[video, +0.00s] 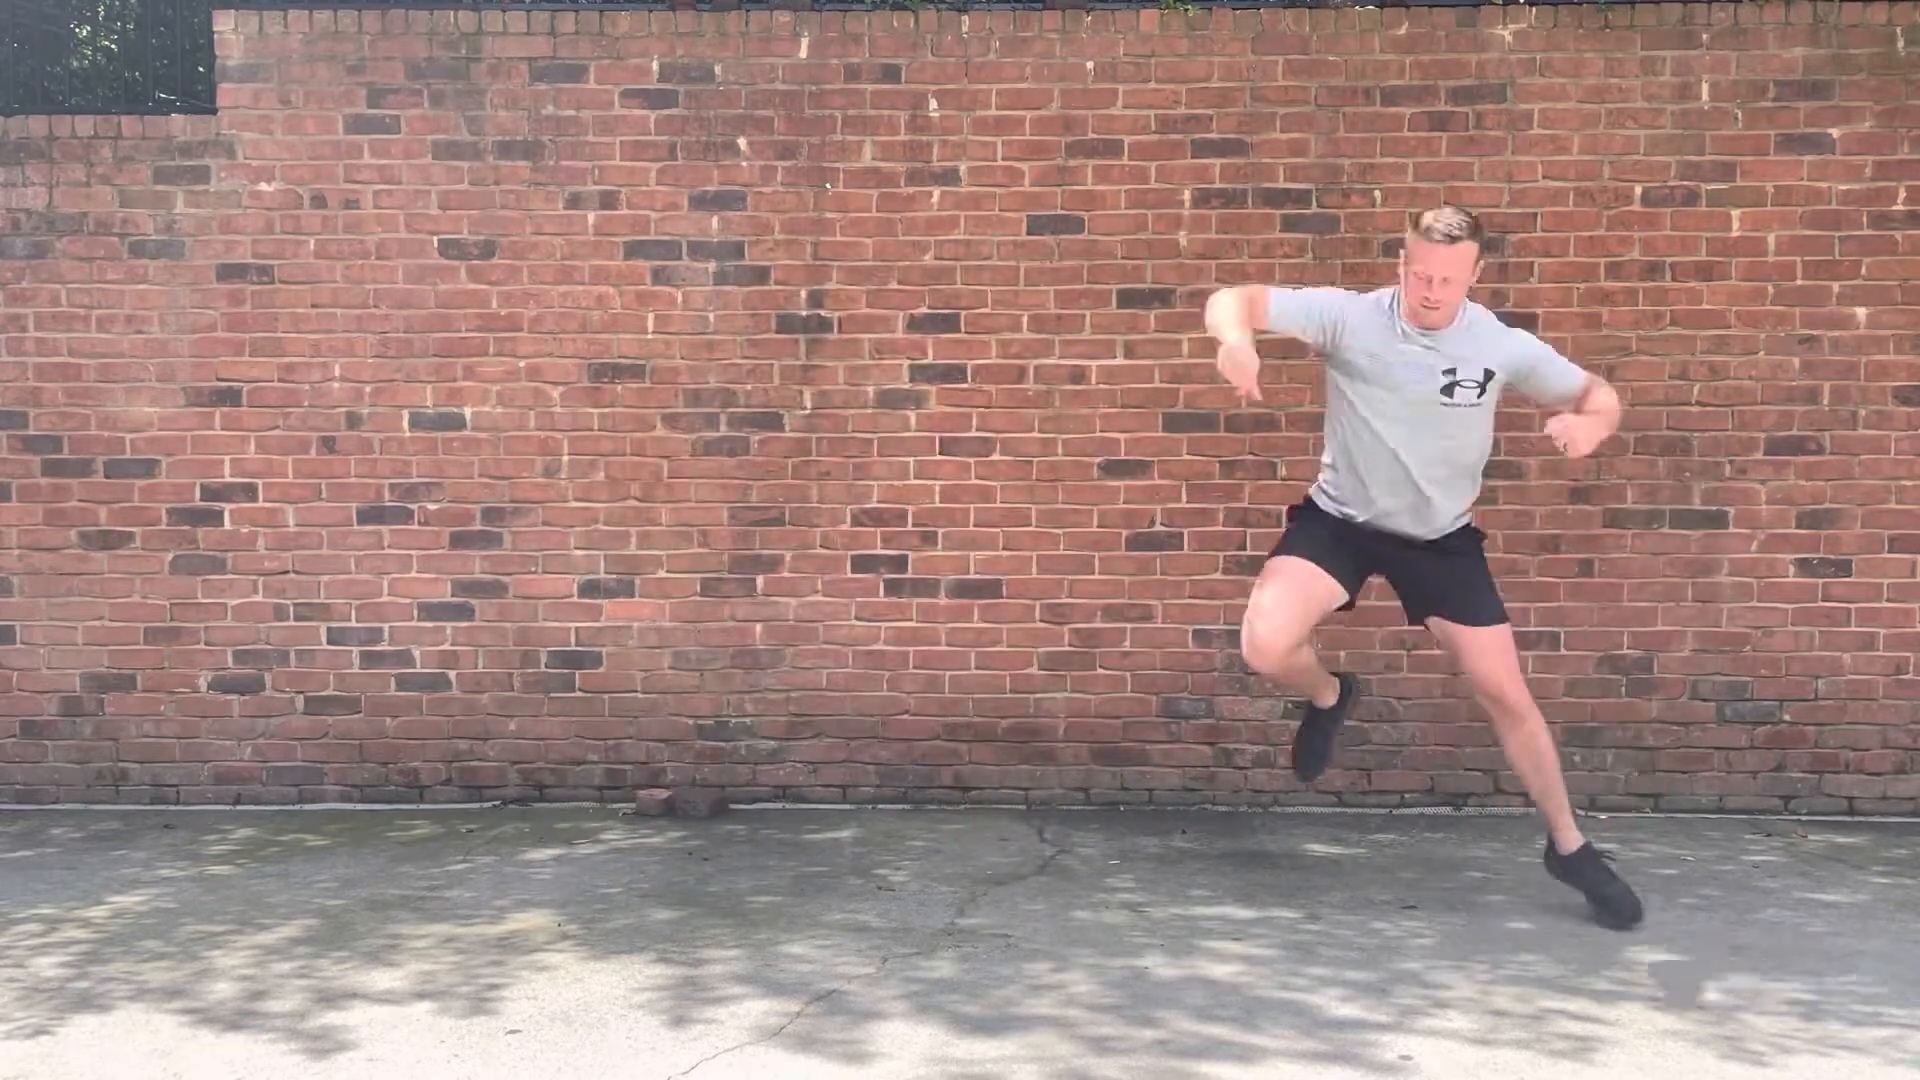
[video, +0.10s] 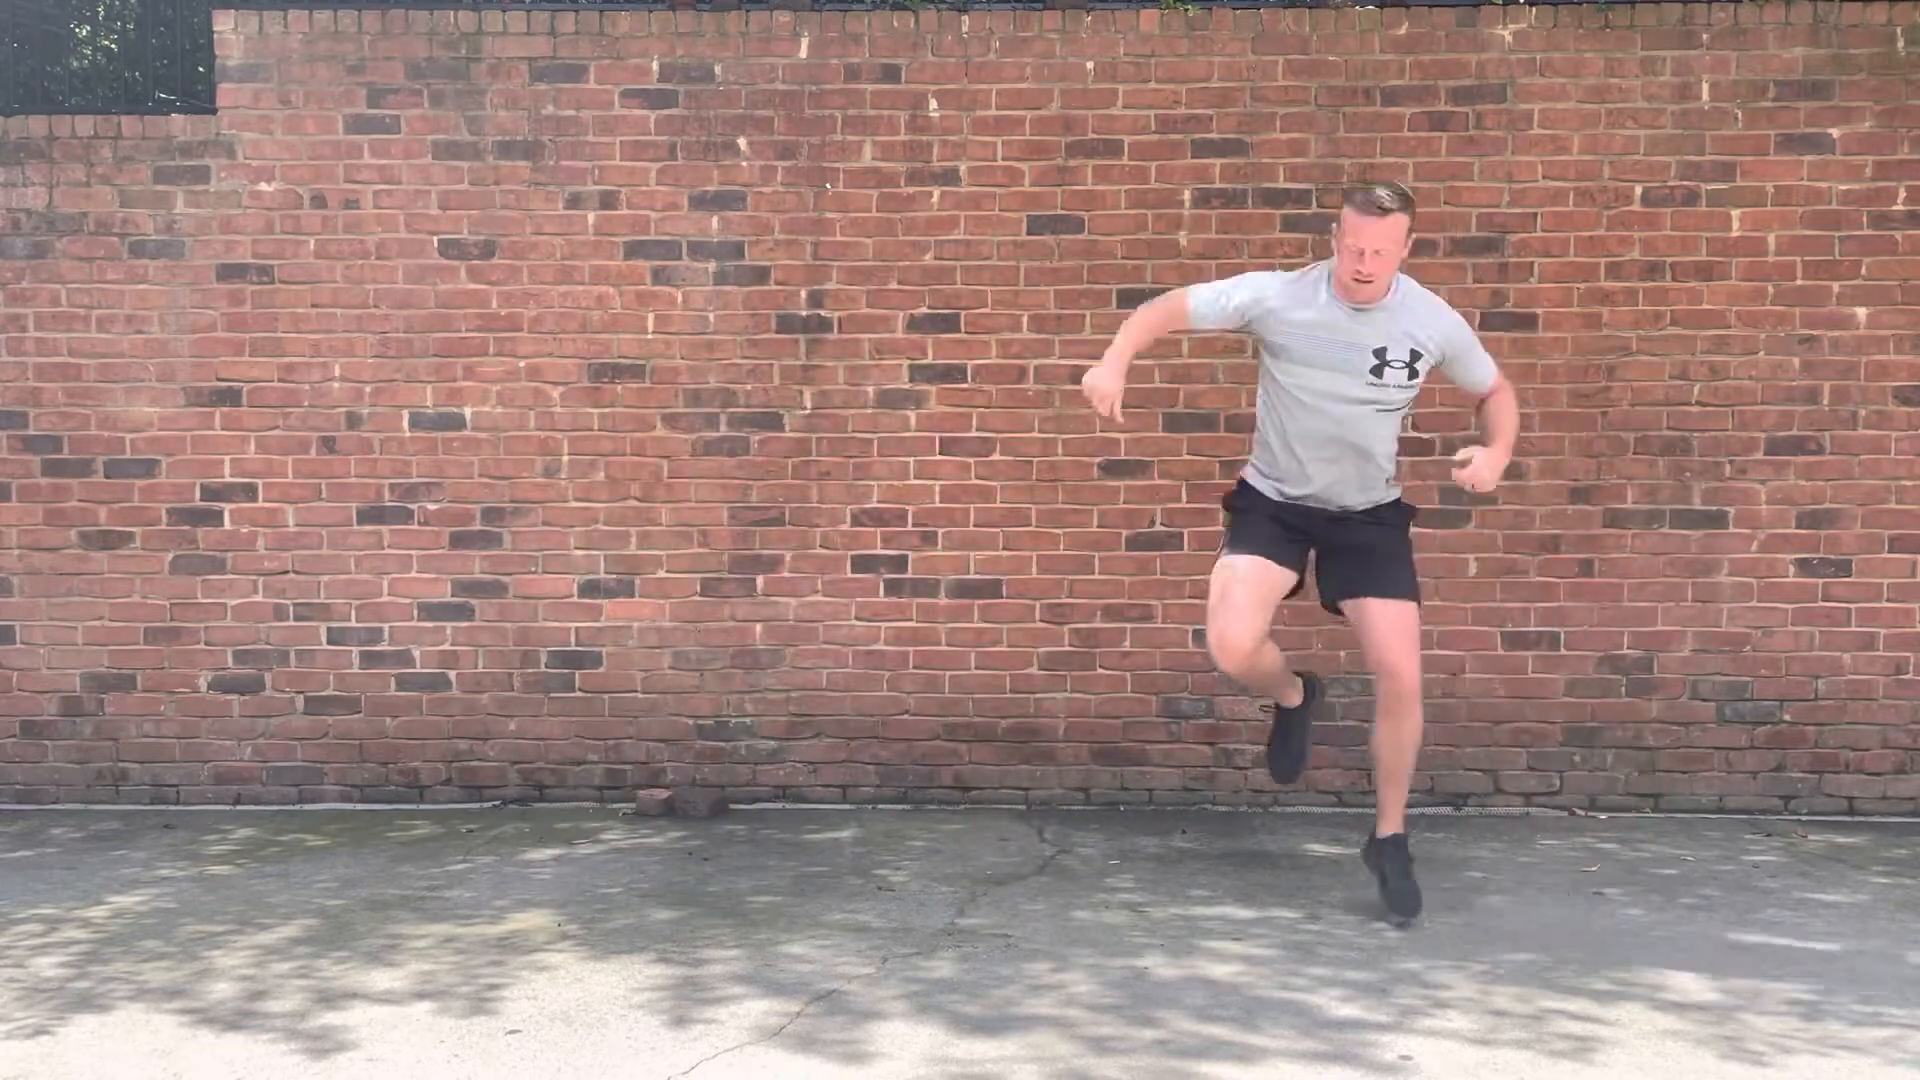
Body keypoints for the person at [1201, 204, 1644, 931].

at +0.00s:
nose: (1431, 293)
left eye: (1448, 281)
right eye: (1421, 276)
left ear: (1473, 277)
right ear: (1402, 263)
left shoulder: (1497, 343)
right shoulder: (1349, 315)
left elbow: (1598, 394)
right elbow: (1229, 301)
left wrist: (1591, 424)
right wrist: (1233, 341)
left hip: (1441, 538)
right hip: (1338, 520)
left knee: (1505, 691)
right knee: (1265, 646)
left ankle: (1569, 845)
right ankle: (1328, 694)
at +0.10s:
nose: (1364, 266)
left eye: (1381, 254)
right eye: (1354, 250)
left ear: (1405, 251)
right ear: (1335, 239)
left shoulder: (1429, 320)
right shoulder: (1276, 297)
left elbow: (1496, 391)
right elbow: (1172, 307)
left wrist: (1497, 451)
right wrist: (1113, 360)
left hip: (1369, 516)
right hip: (1271, 504)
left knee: (1401, 674)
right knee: (1231, 647)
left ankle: (1389, 839)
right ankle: (1294, 698)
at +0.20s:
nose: (1297, 287)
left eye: (1313, 275)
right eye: (1287, 271)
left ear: (1336, 268)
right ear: (1267, 254)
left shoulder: (1356, 344)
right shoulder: (1208, 315)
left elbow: (1392, 420)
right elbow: (1117, 366)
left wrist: (1387, 475)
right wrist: (1084, 442)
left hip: (1295, 532)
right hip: (1203, 523)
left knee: (1281, 696)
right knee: (1186, 681)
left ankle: (1250, 864)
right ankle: (1241, 732)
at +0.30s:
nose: (1220, 328)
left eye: (1236, 315)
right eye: (1210, 311)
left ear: (1266, 313)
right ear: (1194, 302)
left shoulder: (1284, 402)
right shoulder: (1141, 362)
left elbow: (1334, 486)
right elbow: (1076, 422)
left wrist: (1339, 525)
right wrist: (1072, 502)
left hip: (1218, 572)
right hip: (1125, 560)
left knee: (1213, 730)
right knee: (1074, 704)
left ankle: (1221, 879)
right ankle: (1152, 761)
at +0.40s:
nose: (1128, 327)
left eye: (1145, 314)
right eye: (1120, 309)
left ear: (1175, 311)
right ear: (1107, 298)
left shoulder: (1202, 399)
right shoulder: (1062, 353)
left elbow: (1274, 486)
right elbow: (978, 391)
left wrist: (1269, 500)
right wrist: (971, 400)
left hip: (1139, 570)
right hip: (1045, 554)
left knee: (1175, 720)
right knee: (953, 666)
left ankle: (1219, 877)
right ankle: (1030, 733)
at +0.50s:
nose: (1020, 283)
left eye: (1036, 271)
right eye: (1011, 268)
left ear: (1066, 268)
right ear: (997, 259)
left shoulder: (1097, 347)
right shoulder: (957, 304)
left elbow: (1184, 429)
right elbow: (871, 305)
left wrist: (1141, 435)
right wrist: (840, 310)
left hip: (1048, 535)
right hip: (952, 511)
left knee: (1118, 692)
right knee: (840, 615)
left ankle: (1192, 858)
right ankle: (885, 714)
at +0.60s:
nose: (909, 268)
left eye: (925, 255)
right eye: (899, 253)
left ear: (955, 249)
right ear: (886, 246)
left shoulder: (993, 322)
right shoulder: (852, 296)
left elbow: (1088, 385)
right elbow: (765, 310)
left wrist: (1077, 429)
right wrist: (666, 328)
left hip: (960, 515)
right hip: (859, 501)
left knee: (1033, 666)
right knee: (745, 620)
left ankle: (1092, 806)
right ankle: (720, 741)